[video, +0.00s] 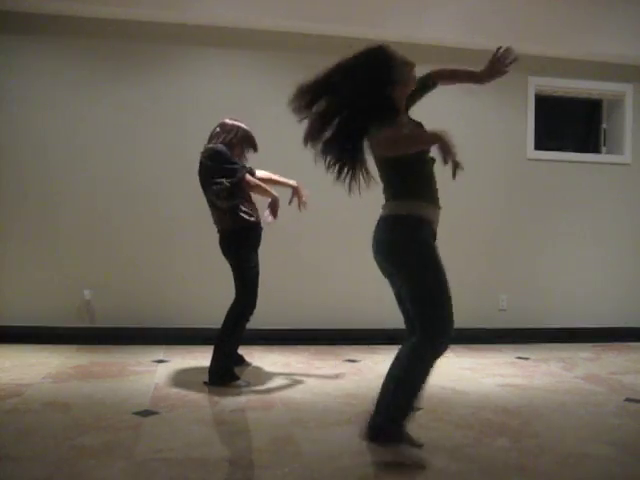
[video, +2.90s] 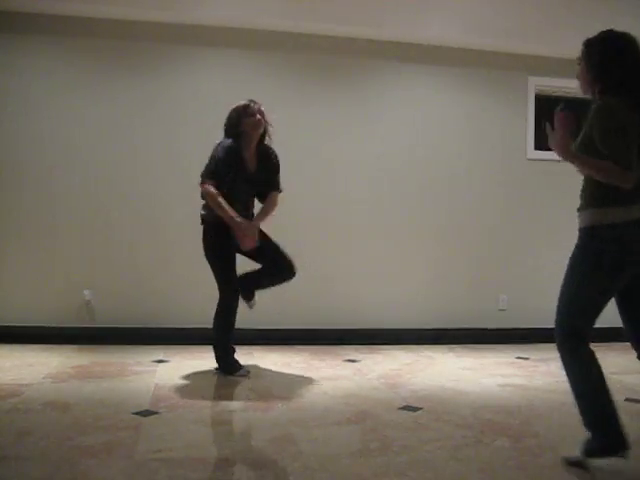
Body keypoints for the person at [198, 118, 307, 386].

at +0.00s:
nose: (242, 154)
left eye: (243, 149)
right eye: (241, 147)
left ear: (224, 139)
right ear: (230, 141)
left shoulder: (223, 156)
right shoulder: (215, 155)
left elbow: (256, 174)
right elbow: (247, 181)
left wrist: (292, 184)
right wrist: (273, 197)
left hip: (244, 235)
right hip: (238, 237)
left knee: (246, 299)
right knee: (246, 300)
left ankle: (227, 352)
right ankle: (220, 371)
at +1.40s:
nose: (214, 162)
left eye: (213, 158)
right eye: (211, 159)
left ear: (192, 163)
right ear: (200, 162)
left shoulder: (208, 186)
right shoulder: (207, 189)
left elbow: (249, 196)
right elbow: (243, 216)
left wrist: (286, 195)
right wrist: (288, 218)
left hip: (256, 241)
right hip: (259, 244)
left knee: (252, 305)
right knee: (252, 308)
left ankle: (231, 353)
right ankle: (219, 373)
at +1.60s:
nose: (193, 162)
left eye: (191, 156)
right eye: (186, 165)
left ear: (198, 157)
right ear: (182, 179)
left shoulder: (213, 186)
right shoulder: (209, 194)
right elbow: (238, 231)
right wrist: (272, 256)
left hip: (263, 237)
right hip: (260, 242)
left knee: (256, 305)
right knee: (256, 307)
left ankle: (232, 353)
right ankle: (221, 372)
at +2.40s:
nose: (199, 132)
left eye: (193, 132)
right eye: (193, 138)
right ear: (198, 154)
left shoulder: (232, 154)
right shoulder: (219, 167)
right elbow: (206, 209)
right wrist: (228, 243)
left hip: (254, 234)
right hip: (245, 237)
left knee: (252, 297)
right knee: (251, 298)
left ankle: (230, 356)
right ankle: (226, 366)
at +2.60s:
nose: (239, 117)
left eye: (238, 113)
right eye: (230, 117)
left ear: (247, 119)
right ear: (224, 133)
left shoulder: (258, 152)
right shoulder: (222, 162)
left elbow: (259, 187)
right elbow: (207, 203)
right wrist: (198, 239)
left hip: (244, 236)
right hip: (224, 237)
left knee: (231, 294)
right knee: (244, 292)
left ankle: (225, 357)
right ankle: (237, 359)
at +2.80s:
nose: (257, 117)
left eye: (258, 112)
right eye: (249, 115)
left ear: (264, 120)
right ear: (238, 125)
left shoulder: (266, 152)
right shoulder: (228, 153)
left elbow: (289, 185)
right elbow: (194, 177)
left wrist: (294, 200)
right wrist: (194, 205)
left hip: (245, 231)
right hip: (217, 232)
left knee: (267, 288)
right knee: (231, 298)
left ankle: (233, 320)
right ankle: (234, 363)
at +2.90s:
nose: (260, 117)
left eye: (262, 113)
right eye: (252, 114)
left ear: (266, 121)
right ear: (240, 124)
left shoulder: (268, 156)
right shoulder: (225, 150)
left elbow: (271, 199)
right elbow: (207, 188)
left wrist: (254, 226)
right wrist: (236, 222)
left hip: (245, 226)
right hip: (218, 227)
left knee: (284, 270)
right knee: (229, 292)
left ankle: (245, 283)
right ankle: (225, 361)